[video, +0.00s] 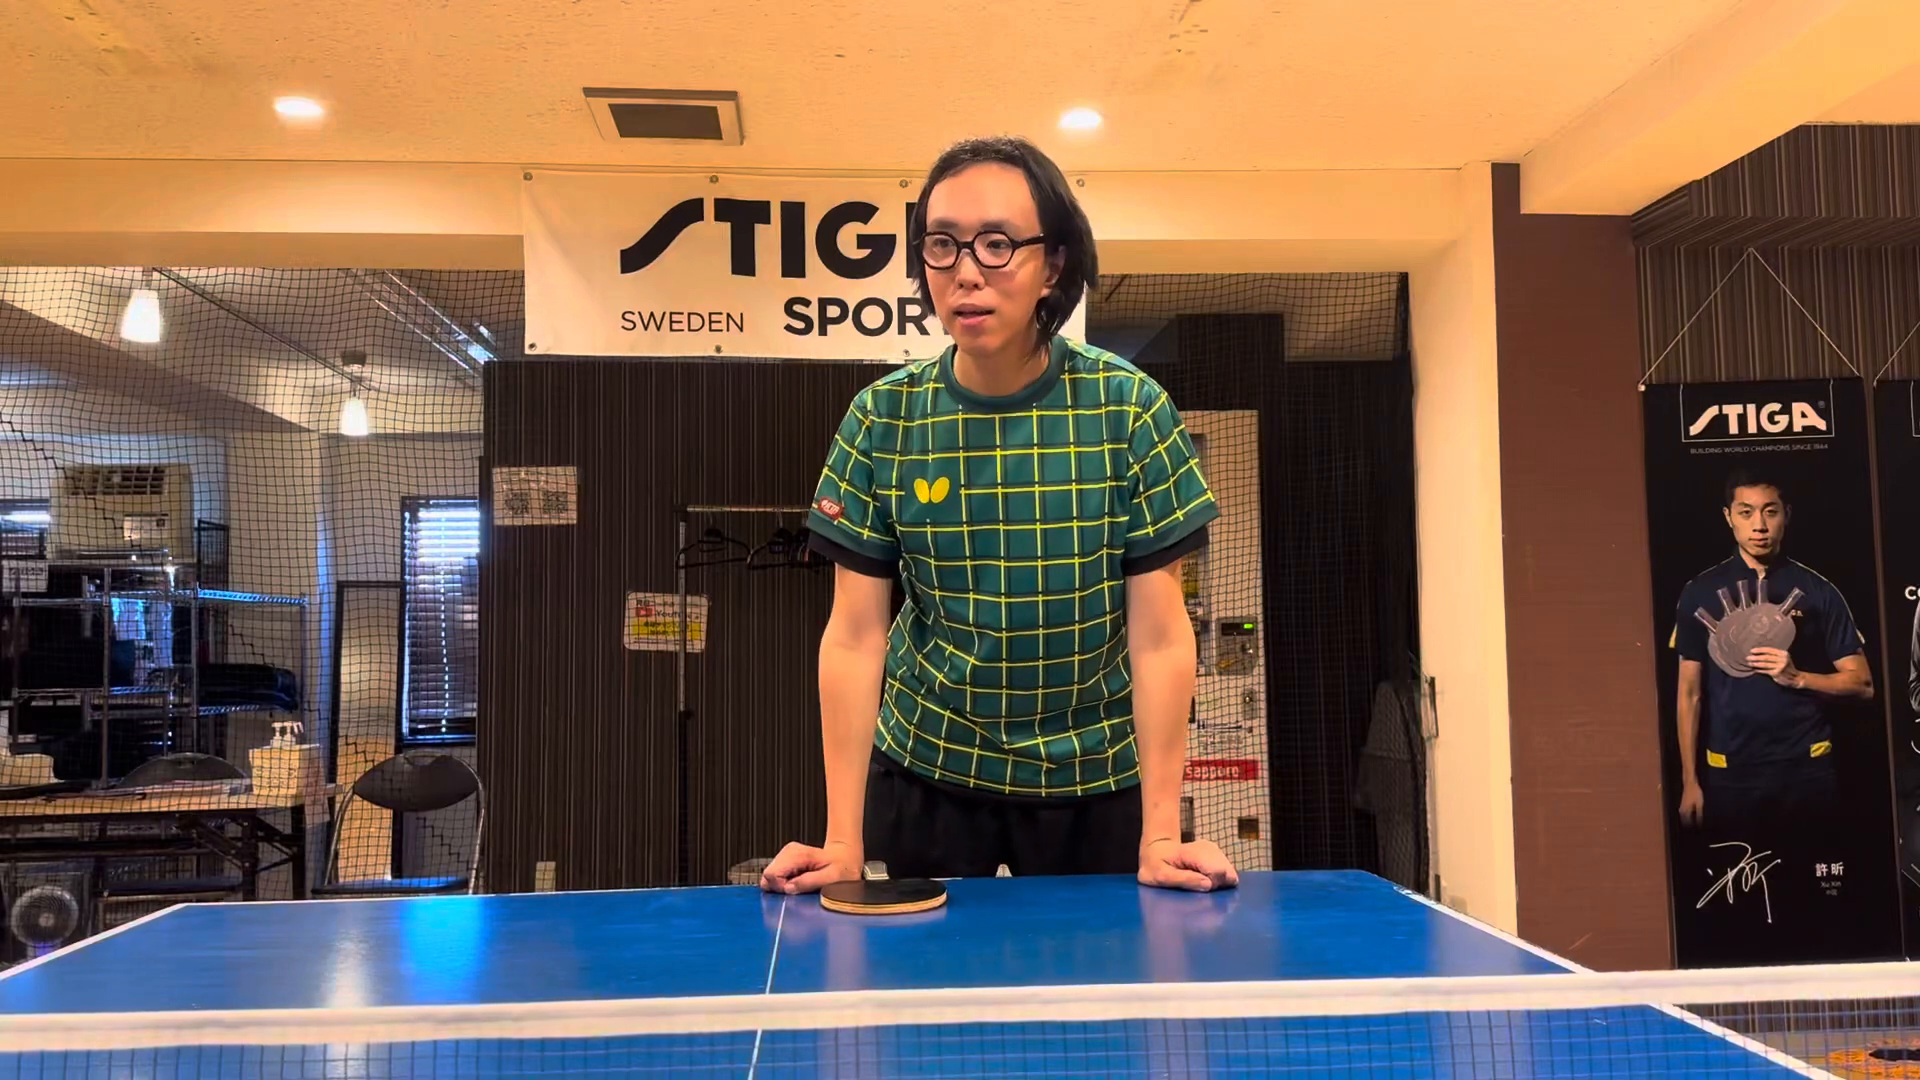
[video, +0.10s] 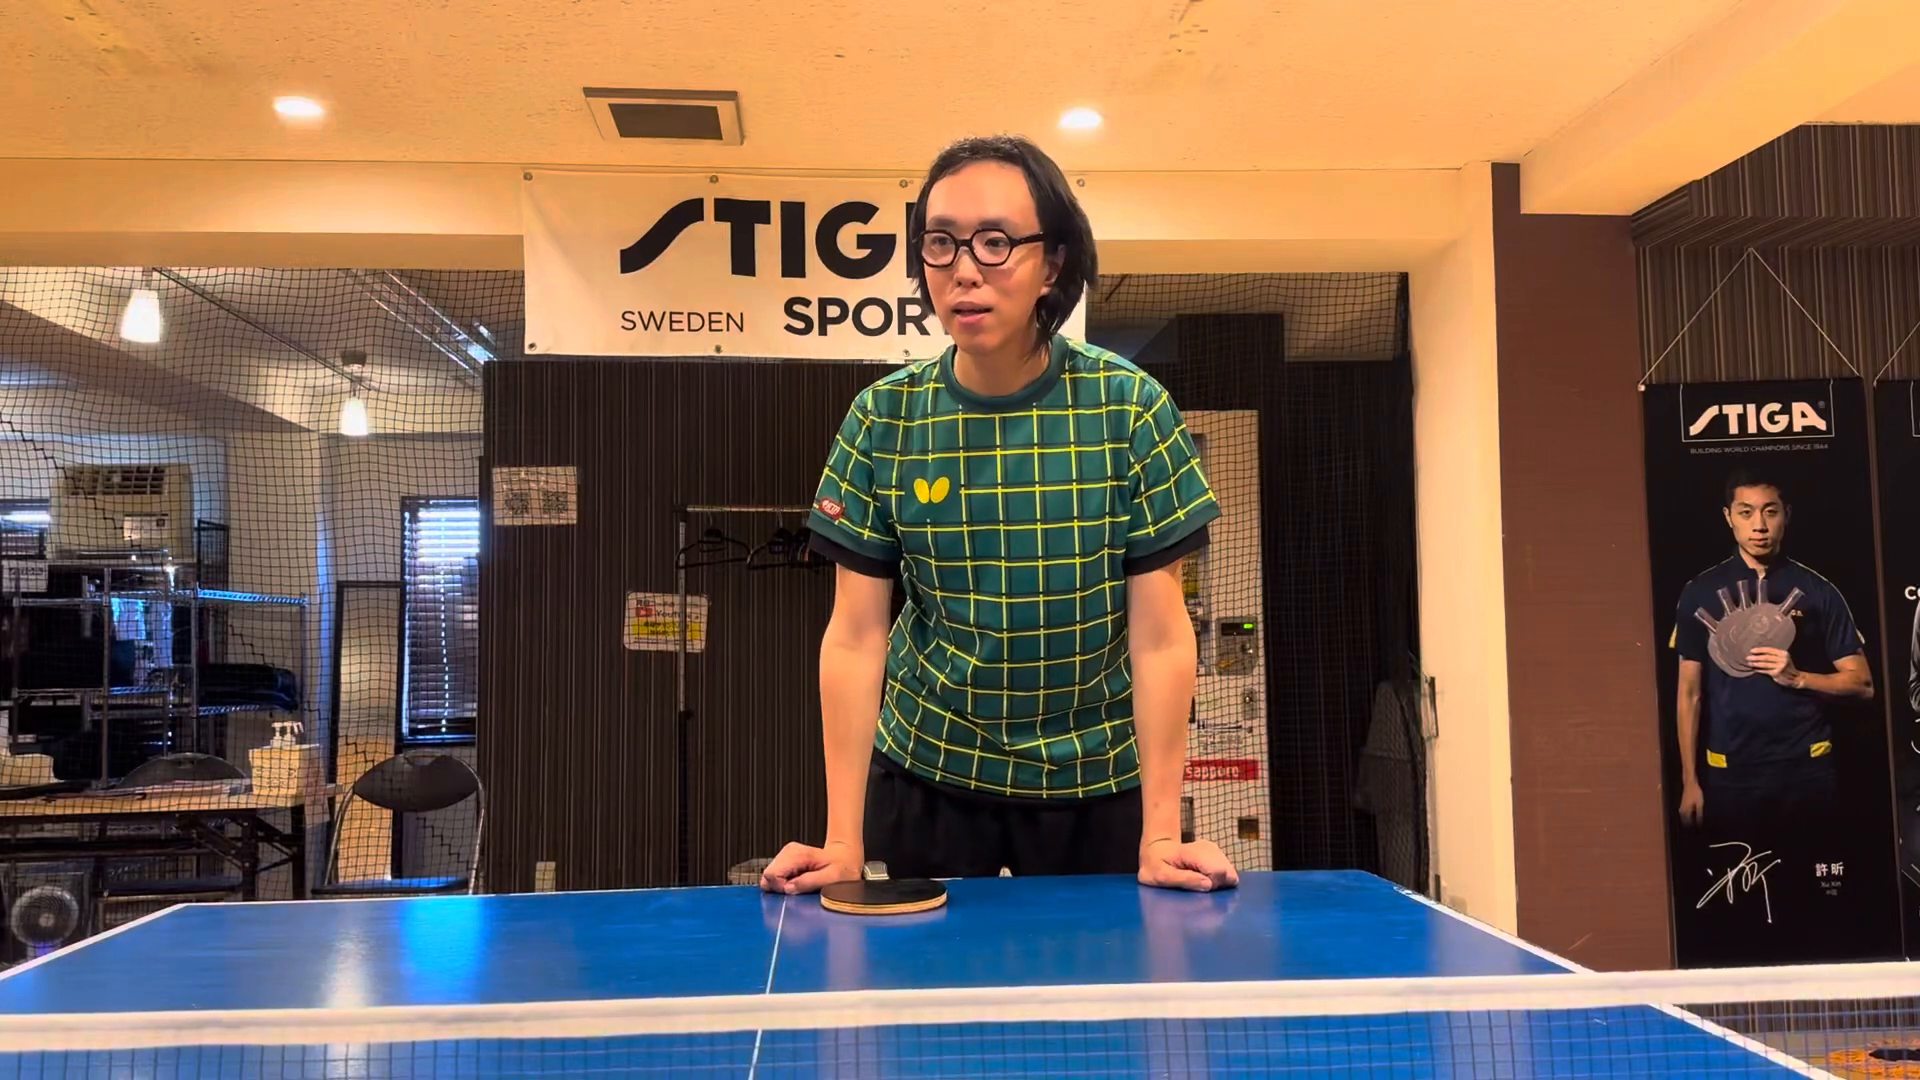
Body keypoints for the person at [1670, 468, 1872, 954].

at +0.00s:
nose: (1759, 524)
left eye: (1769, 511)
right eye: (1746, 512)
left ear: (1785, 517)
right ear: (1729, 518)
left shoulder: (1818, 593)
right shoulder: (1701, 595)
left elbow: (1861, 682)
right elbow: (1689, 693)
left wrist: (1797, 677)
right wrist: (1689, 779)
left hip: (1806, 771)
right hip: (1729, 774)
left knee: (1812, 901)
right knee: (1733, 903)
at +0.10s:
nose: (1759, 524)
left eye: (1769, 511)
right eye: (1746, 512)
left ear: (1785, 517)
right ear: (1729, 518)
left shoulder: (1818, 593)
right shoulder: (1701, 594)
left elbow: (1861, 682)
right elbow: (1689, 692)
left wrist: (1797, 676)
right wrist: (1689, 778)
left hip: (1806, 771)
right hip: (1729, 773)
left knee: (1812, 900)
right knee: (1733, 901)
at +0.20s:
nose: (1759, 524)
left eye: (1769, 511)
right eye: (1746, 512)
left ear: (1785, 517)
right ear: (1729, 519)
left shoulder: (1818, 593)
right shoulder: (1701, 594)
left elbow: (1861, 682)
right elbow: (1689, 692)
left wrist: (1796, 676)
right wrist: (1689, 778)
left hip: (1806, 771)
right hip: (1729, 773)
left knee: (1811, 901)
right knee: (1733, 901)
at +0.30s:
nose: (1759, 523)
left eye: (1769, 511)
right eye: (1746, 512)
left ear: (1785, 517)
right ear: (1729, 518)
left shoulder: (1817, 593)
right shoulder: (1701, 594)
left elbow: (1861, 682)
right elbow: (1689, 692)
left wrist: (1797, 677)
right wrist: (1689, 778)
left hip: (1806, 771)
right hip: (1729, 773)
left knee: (1812, 901)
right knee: (1733, 902)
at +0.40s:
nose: (1759, 524)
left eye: (1769, 511)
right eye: (1746, 512)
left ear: (1785, 517)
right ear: (1729, 518)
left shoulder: (1818, 593)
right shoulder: (1701, 595)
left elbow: (1860, 682)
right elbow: (1689, 693)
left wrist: (1797, 677)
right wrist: (1689, 779)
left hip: (1806, 771)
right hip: (1729, 774)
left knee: (1811, 901)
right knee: (1734, 903)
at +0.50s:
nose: (1759, 524)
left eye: (1769, 511)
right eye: (1746, 512)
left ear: (1785, 517)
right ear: (1729, 518)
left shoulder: (1817, 593)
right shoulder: (1701, 594)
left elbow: (1860, 681)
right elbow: (1689, 692)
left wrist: (1797, 676)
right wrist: (1689, 778)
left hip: (1806, 770)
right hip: (1729, 773)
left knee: (1812, 901)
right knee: (1733, 902)